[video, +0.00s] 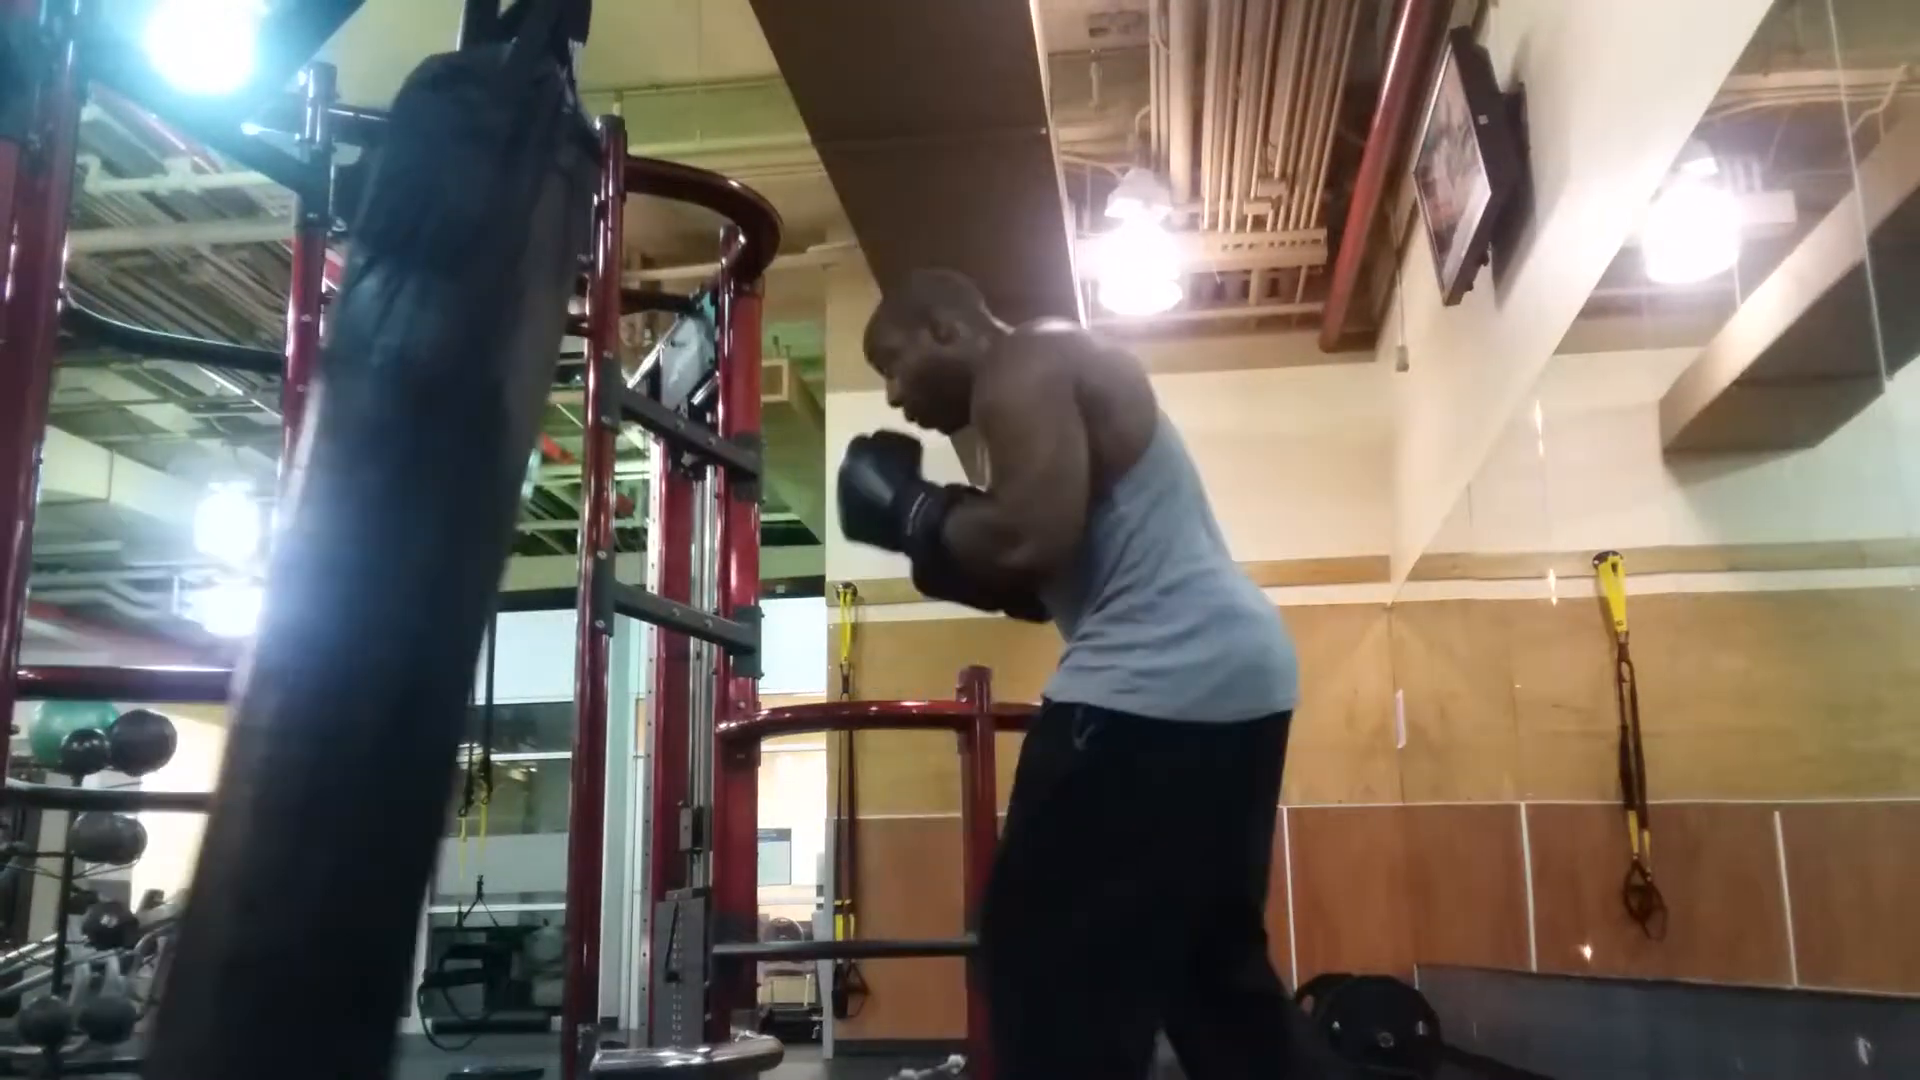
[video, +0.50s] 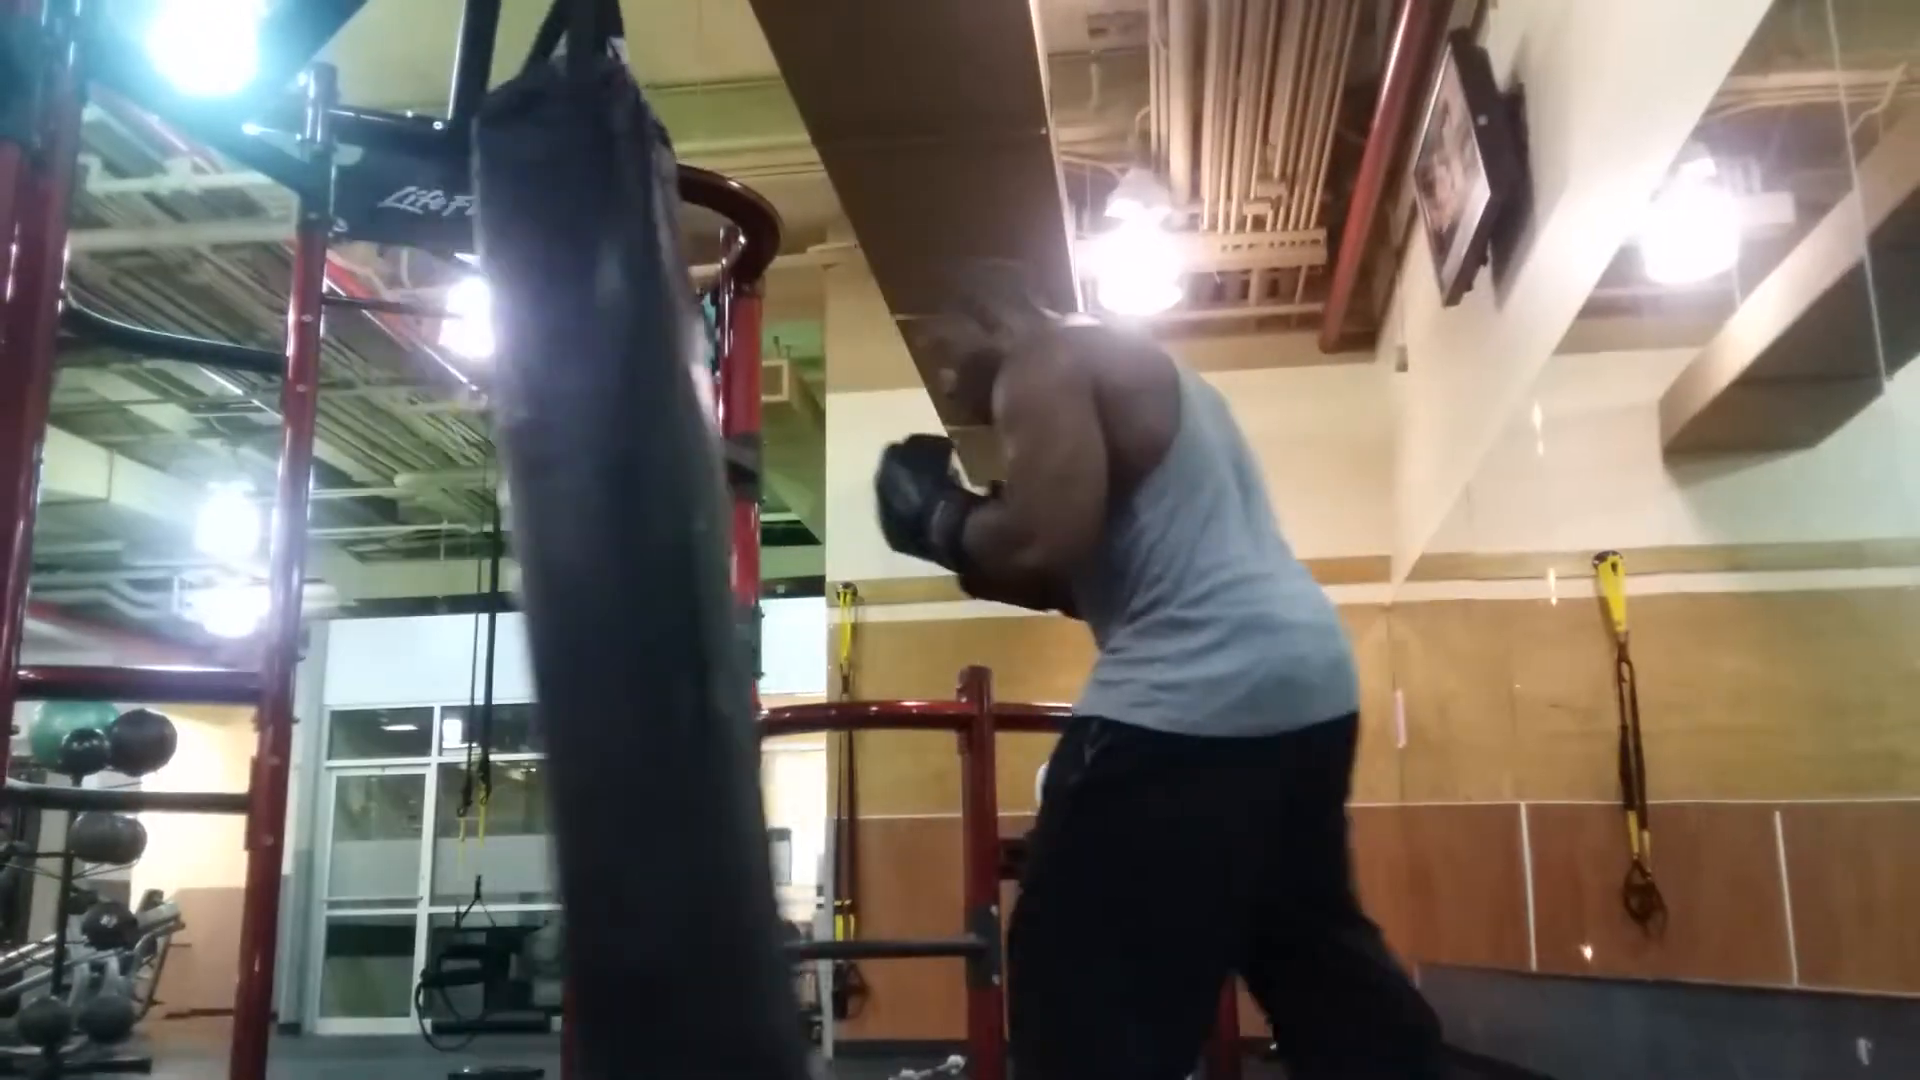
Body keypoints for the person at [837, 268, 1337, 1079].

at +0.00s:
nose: (893, 396)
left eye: (890, 367)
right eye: (884, 378)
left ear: (945, 332)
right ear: (955, 333)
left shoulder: (1023, 364)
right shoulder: (1066, 368)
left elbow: (1033, 543)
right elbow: (1052, 591)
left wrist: (912, 505)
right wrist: (938, 554)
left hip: (1151, 687)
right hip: (1232, 683)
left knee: (1037, 958)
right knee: (1212, 962)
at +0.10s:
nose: (895, 386)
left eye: (890, 355)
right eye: (885, 365)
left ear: (940, 319)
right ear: (958, 317)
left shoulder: (1025, 354)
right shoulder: (1077, 354)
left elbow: (1029, 540)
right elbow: (1049, 576)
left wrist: (914, 494)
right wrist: (929, 537)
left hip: (1155, 690)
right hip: (1238, 684)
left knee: (1069, 988)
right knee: (1229, 998)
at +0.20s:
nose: (896, 381)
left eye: (890, 349)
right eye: (885, 360)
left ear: (937, 308)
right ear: (962, 302)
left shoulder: (1019, 352)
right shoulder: (1083, 346)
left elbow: (1014, 542)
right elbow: (1044, 567)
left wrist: (909, 500)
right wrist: (920, 525)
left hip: (1162, 691)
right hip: (1252, 682)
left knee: (1073, 980)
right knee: (1235, 995)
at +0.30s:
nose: (899, 381)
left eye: (891, 348)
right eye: (887, 359)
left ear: (938, 309)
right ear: (969, 303)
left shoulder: (1013, 355)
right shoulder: (1086, 347)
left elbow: (1013, 547)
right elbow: (1045, 569)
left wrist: (908, 508)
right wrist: (918, 521)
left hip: (1169, 686)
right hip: (1262, 674)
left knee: (1079, 977)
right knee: (1245, 980)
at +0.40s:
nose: (913, 379)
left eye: (906, 346)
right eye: (901, 355)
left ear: (960, 309)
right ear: (992, 303)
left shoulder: (1022, 354)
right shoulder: (1107, 353)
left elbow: (1029, 546)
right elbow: (1070, 572)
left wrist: (923, 511)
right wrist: (940, 522)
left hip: (1175, 692)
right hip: (1276, 679)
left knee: (1078, 971)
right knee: (1261, 958)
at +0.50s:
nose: (934, 378)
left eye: (933, 347)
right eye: (922, 355)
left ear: (980, 317)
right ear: (1026, 305)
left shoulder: (1043, 366)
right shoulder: (1152, 372)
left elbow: (1045, 543)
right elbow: (1102, 585)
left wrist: (944, 514)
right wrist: (960, 546)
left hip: (1185, 703)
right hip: (1306, 689)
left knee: (1077, 980)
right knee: (1306, 947)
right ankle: (1408, 1070)